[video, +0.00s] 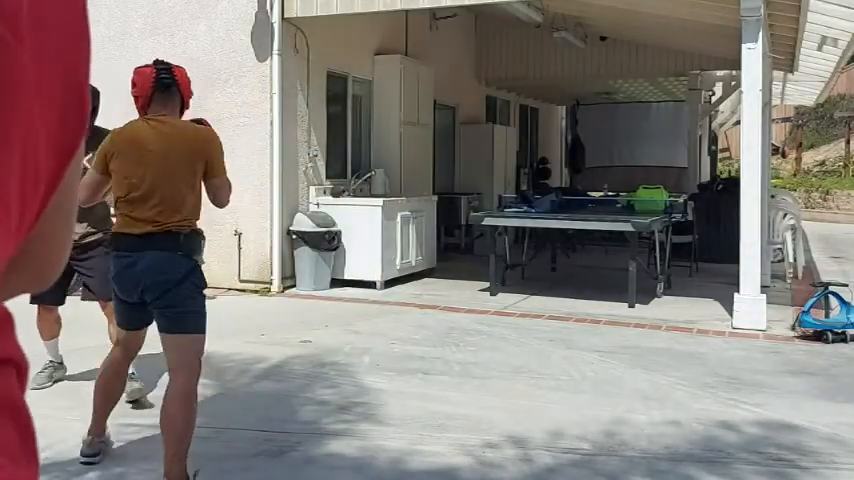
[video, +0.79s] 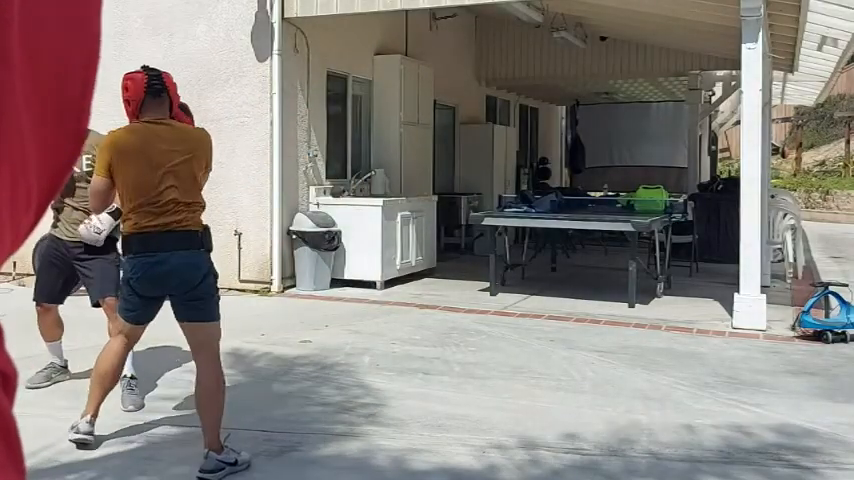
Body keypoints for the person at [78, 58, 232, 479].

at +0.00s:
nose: (184, 103)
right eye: (184, 97)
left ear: (140, 99)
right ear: (183, 98)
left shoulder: (120, 137)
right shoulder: (202, 138)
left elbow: (84, 197)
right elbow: (221, 197)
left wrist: (120, 171)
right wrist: (207, 142)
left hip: (126, 258)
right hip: (177, 260)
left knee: (124, 346)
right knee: (183, 374)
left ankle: (95, 434)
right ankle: (175, 473)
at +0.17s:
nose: (138, 114)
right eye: (136, 108)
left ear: (94, 117)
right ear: (135, 113)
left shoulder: (85, 157)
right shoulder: (164, 144)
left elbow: (69, 222)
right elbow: (219, 167)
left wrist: (98, 195)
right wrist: (183, 150)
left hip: (114, 269)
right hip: (165, 263)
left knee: (109, 345)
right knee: (191, 365)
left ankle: (83, 425)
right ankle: (195, 456)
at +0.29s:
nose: (127, 132)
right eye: (122, 128)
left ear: (81, 140)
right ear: (104, 133)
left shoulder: (78, 171)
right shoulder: (127, 149)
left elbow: (85, 228)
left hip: (119, 262)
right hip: (168, 256)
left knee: (99, 340)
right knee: (182, 358)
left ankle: (82, 426)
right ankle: (197, 442)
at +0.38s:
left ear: (77, 123)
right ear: (97, 120)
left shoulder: (69, 170)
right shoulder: (124, 147)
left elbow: (85, 237)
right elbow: (144, 152)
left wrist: (65, 232)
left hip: (121, 256)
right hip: (169, 248)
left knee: (101, 339)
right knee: (186, 352)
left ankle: (83, 425)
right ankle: (212, 421)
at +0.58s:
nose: (90, 125)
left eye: (89, 118)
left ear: (89, 113)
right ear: (121, 106)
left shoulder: (87, 144)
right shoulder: (154, 130)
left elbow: (72, 213)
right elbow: (180, 165)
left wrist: (93, 191)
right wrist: (140, 165)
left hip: (121, 249)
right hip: (172, 244)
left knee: (107, 336)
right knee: (199, 346)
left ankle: (83, 426)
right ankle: (223, 433)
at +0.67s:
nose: (96, 113)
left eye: (97, 106)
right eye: (98, 107)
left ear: (100, 105)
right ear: (139, 98)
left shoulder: (95, 139)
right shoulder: (170, 130)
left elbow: (81, 202)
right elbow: (174, 175)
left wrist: (111, 172)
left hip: (128, 251)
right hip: (178, 248)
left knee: (110, 337)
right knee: (200, 351)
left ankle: (83, 424)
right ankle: (215, 444)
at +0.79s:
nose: (177, 103)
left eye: (130, 102)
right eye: (174, 97)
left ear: (132, 105)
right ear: (172, 99)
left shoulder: (116, 141)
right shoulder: (199, 138)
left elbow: (98, 203)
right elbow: (193, 186)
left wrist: (129, 176)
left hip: (141, 258)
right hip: (192, 256)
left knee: (122, 337)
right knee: (207, 355)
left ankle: (88, 418)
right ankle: (214, 451)